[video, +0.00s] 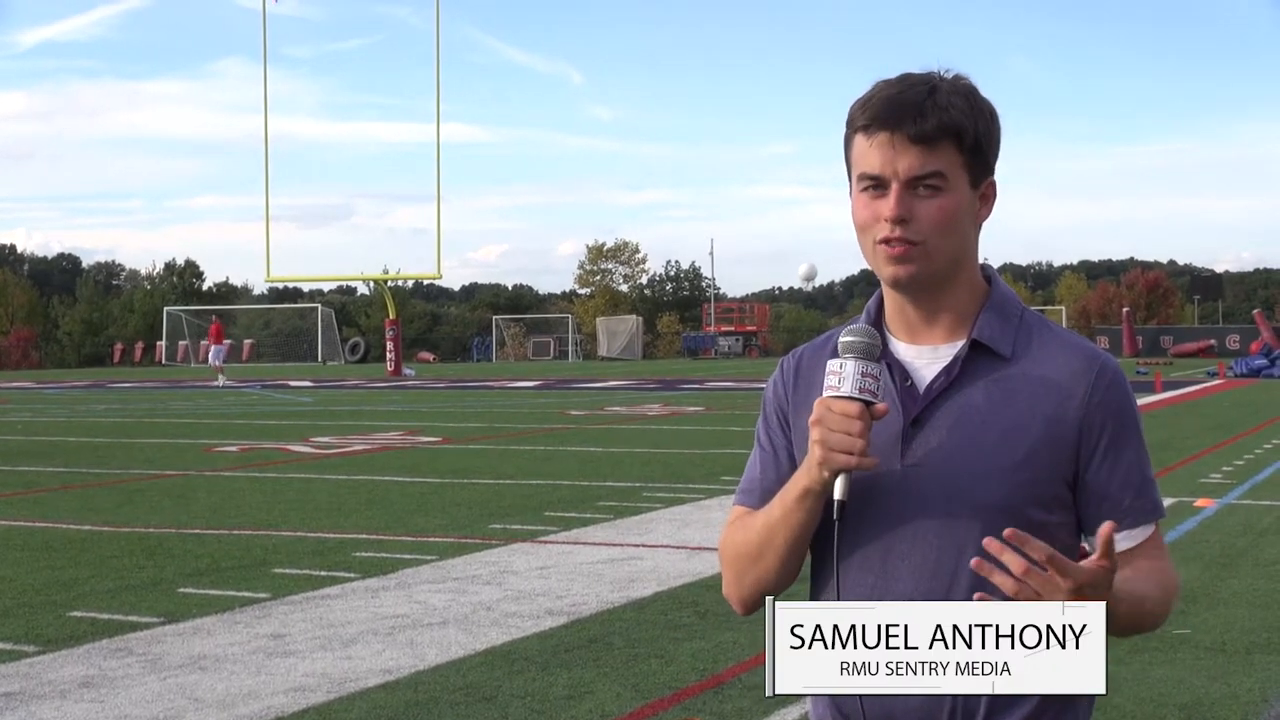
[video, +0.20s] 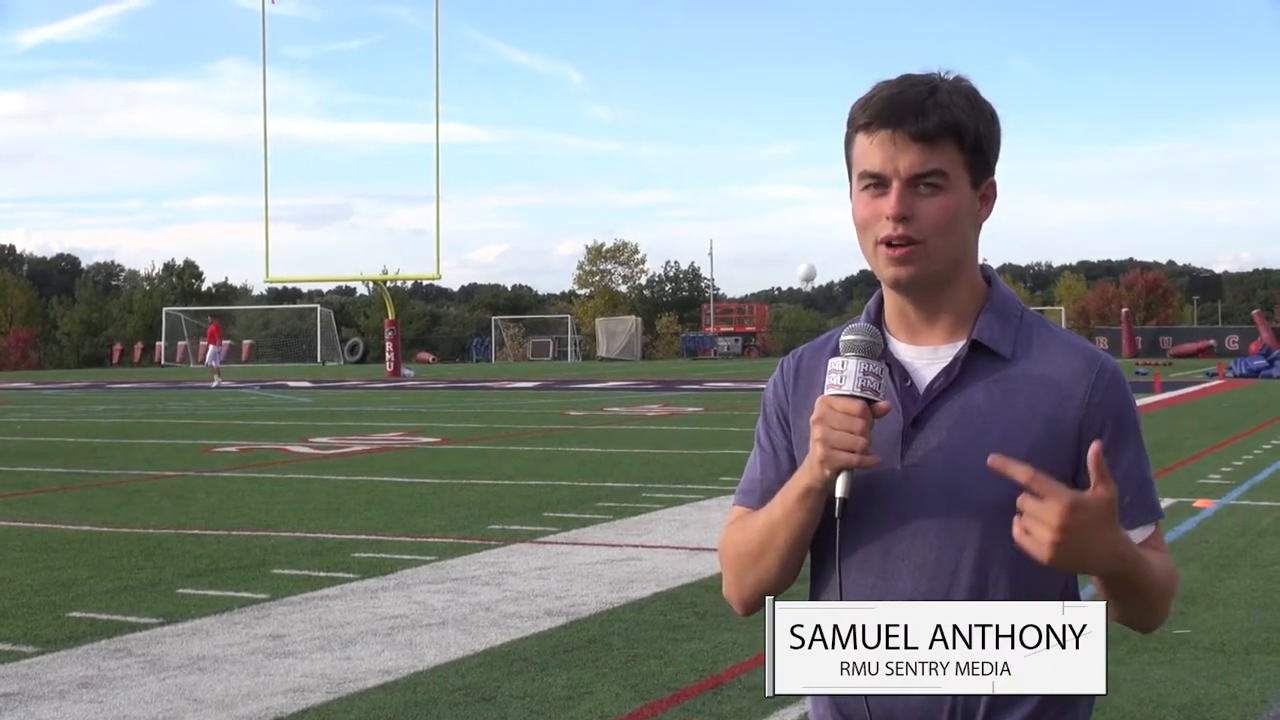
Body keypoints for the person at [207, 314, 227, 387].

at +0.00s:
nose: (213, 319)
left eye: (213, 317)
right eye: (213, 317)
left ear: (215, 318)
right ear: (219, 319)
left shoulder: (214, 326)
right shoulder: (221, 326)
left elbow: (213, 336)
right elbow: (222, 336)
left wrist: (210, 344)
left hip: (215, 345)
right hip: (221, 345)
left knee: (212, 361)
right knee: (219, 362)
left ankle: (221, 376)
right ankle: (221, 377)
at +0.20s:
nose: (208, 320)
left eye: (209, 318)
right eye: (208, 318)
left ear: (212, 319)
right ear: (211, 319)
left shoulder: (214, 326)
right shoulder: (211, 326)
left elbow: (217, 336)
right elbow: (211, 336)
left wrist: (218, 345)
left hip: (213, 345)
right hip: (214, 345)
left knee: (208, 362)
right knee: (215, 363)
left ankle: (216, 378)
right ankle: (218, 378)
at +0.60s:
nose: (202, 324)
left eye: (203, 323)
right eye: (200, 323)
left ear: (205, 323)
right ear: (199, 323)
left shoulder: (211, 329)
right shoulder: (198, 330)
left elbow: (216, 339)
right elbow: (196, 340)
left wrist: (216, 346)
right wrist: (194, 346)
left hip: (209, 347)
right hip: (202, 348)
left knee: (205, 365)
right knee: (205, 366)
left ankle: (207, 382)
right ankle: (214, 379)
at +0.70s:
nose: (200, 324)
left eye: (201, 322)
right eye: (199, 322)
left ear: (204, 322)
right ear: (198, 322)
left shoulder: (210, 329)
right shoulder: (196, 330)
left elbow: (214, 340)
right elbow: (194, 342)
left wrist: (214, 347)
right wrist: (192, 348)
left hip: (207, 348)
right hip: (200, 348)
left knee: (205, 366)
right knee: (199, 367)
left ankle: (206, 382)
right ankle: (209, 377)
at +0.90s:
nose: (195, 323)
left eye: (196, 321)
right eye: (193, 321)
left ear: (199, 321)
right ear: (192, 322)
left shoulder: (203, 329)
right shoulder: (190, 330)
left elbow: (206, 340)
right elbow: (190, 340)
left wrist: (206, 348)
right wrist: (189, 348)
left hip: (202, 348)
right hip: (194, 348)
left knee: (203, 367)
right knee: (190, 367)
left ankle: (206, 382)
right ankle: (194, 381)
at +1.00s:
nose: (193, 323)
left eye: (194, 321)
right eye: (192, 321)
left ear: (197, 322)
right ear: (190, 322)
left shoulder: (200, 330)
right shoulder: (188, 331)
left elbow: (202, 339)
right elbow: (187, 340)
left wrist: (201, 347)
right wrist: (187, 348)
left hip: (199, 349)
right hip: (191, 349)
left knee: (202, 367)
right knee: (187, 367)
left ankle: (205, 383)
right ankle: (186, 382)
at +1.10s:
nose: (188, 323)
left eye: (189, 322)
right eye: (187, 322)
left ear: (193, 322)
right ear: (185, 323)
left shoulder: (196, 330)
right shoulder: (185, 331)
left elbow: (198, 340)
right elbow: (185, 341)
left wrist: (195, 349)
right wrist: (184, 349)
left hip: (195, 350)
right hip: (187, 351)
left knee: (198, 368)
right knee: (184, 368)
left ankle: (203, 383)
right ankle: (182, 382)